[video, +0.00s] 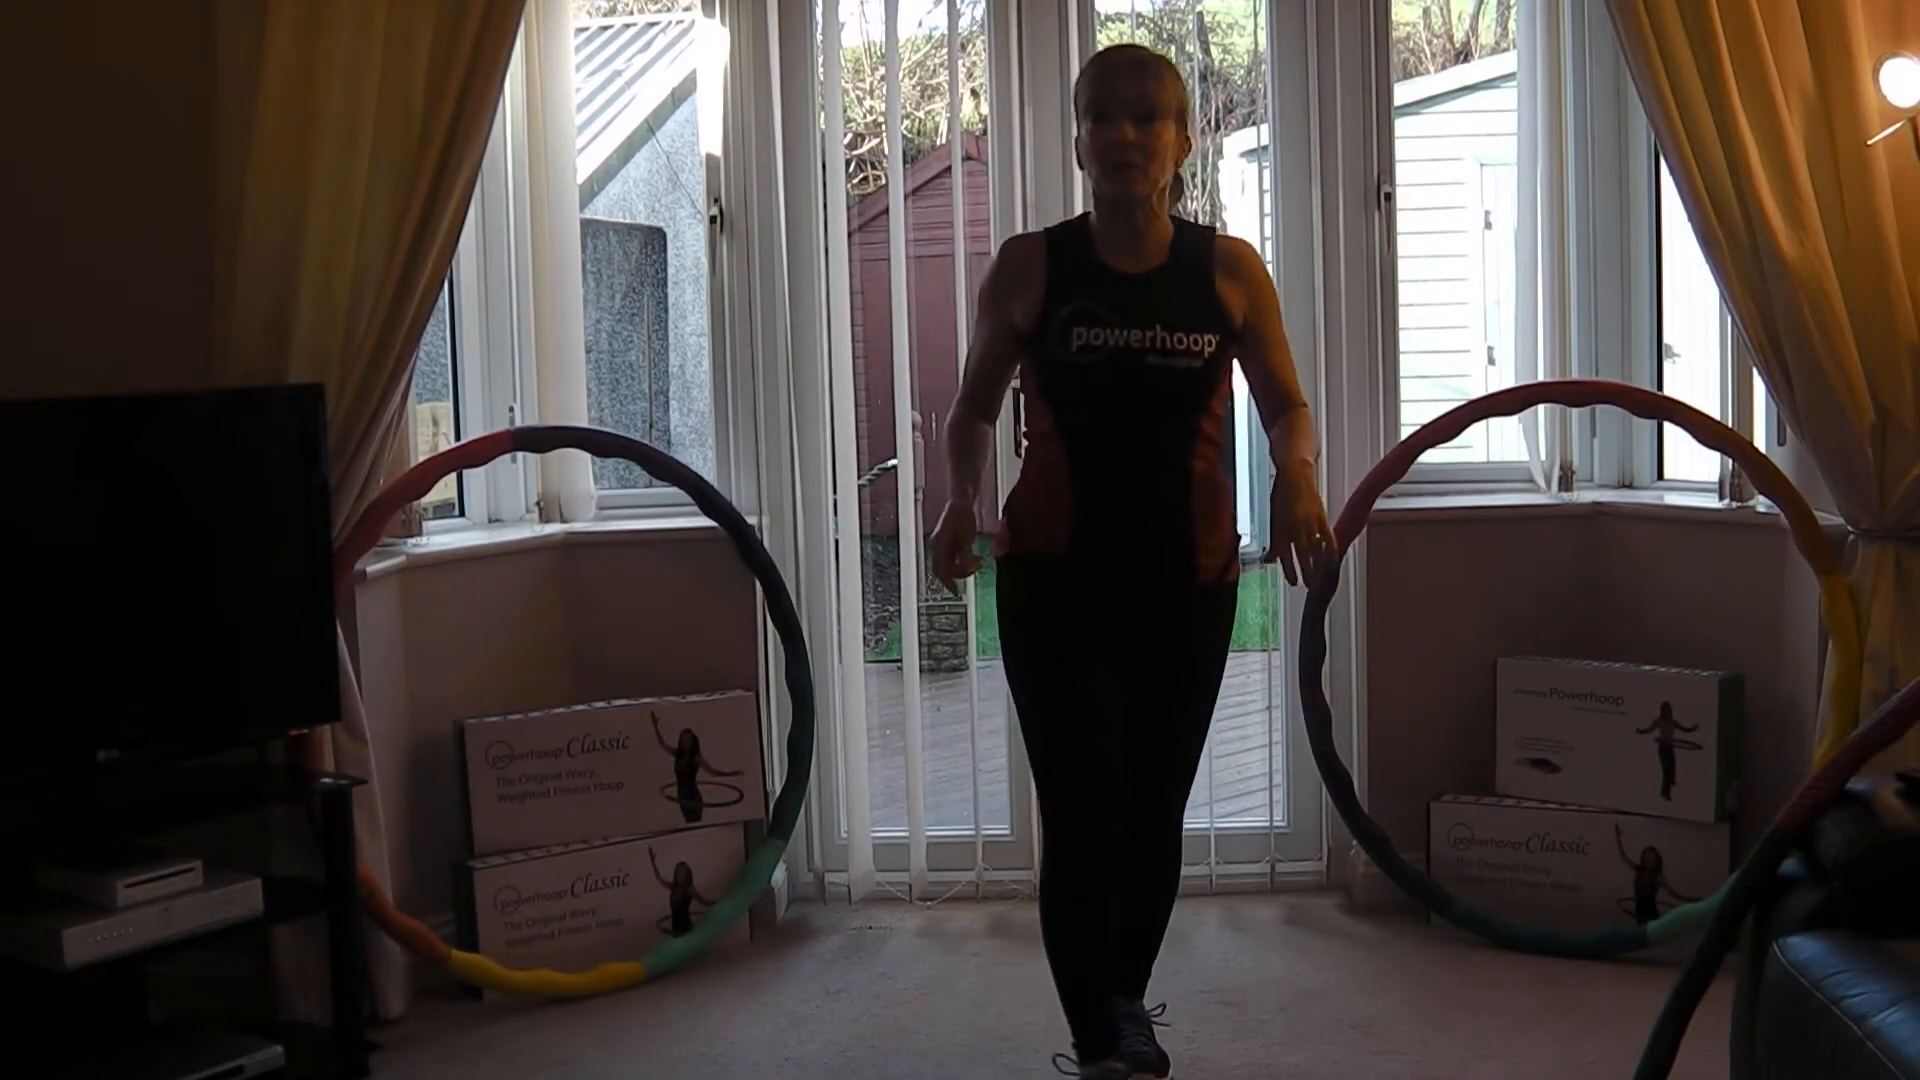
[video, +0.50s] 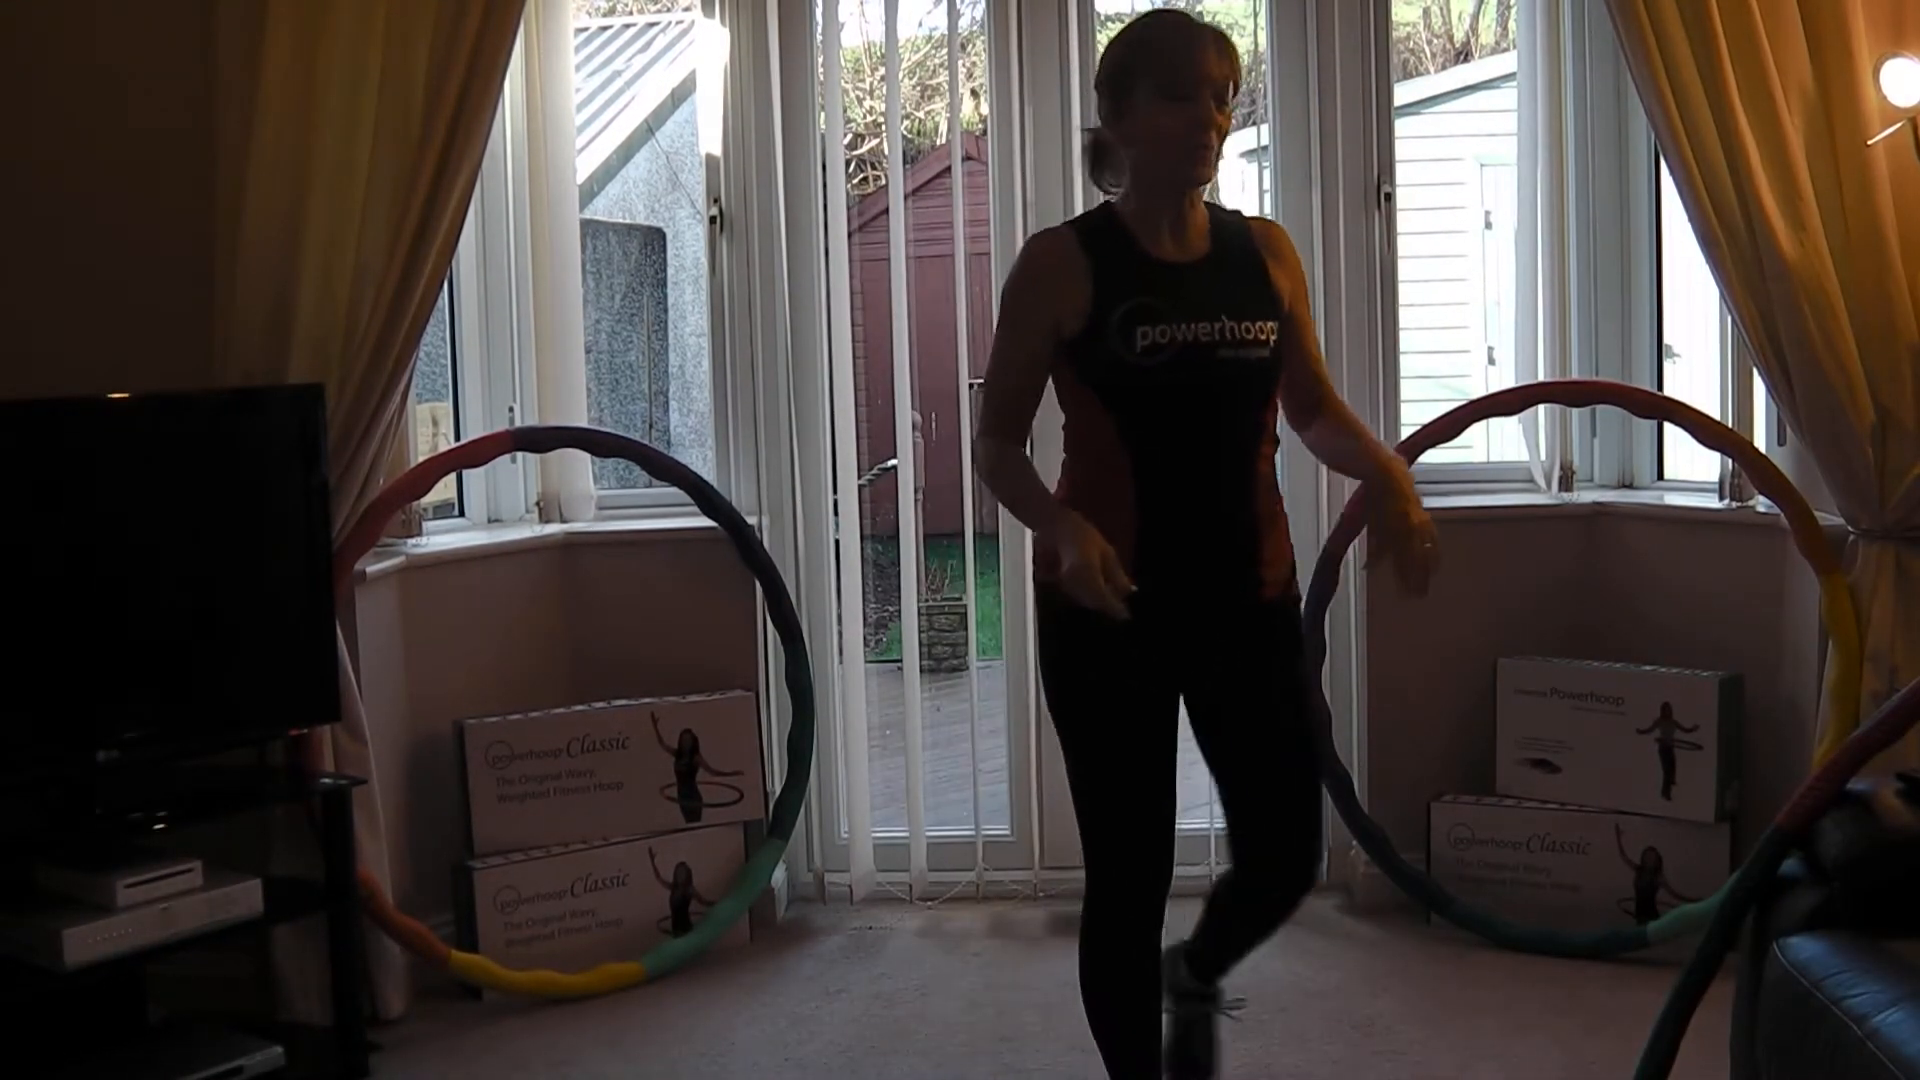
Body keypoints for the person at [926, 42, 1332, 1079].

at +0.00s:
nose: (1122, 137)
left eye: (1144, 117)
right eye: (1103, 117)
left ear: (1181, 137)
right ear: (1078, 133)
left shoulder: (1230, 268)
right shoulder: (1028, 266)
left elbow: (1283, 401)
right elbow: (975, 404)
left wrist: (1299, 483)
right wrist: (962, 502)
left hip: (1187, 579)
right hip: (1055, 577)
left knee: (1154, 805)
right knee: (1081, 806)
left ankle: (1126, 1004)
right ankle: (1096, 1034)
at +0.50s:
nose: (1213, 121)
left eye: (1225, 102)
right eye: (1185, 98)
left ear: (1233, 119)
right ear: (1116, 113)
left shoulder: (1264, 252)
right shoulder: (1060, 265)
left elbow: (1315, 409)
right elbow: (994, 441)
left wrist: (1391, 475)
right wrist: (1054, 523)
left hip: (1247, 596)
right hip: (1106, 602)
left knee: (1284, 860)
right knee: (1128, 878)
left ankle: (1192, 977)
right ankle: (1134, 1075)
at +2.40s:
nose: (1070, 108)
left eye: (1091, 85)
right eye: (1042, 87)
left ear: (1123, 104)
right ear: (1005, 110)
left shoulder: (1191, 241)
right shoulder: (965, 275)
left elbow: (1276, 400)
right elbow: (917, 453)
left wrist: (1266, 403)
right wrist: (939, 491)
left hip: (1197, 587)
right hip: (1041, 599)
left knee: (1270, 876)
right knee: (1051, 885)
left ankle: (1259, 1071)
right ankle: (1066, 1078)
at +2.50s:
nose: (1059, 117)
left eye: (1078, 94)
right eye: (1031, 97)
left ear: (1104, 110)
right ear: (989, 118)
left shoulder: (1172, 243)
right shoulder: (951, 275)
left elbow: (1260, 391)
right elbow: (905, 459)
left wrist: (1229, 408)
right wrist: (939, 471)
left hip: (1178, 582)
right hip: (1035, 595)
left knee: (1233, 848)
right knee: (1042, 874)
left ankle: (1164, 1052)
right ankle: (1050, 1076)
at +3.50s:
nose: (1050, 180)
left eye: (1072, 159)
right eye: (1030, 155)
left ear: (1106, 153)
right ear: (999, 144)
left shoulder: (1155, 263)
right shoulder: (946, 265)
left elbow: (1247, 416)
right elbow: (874, 441)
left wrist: (1179, 383)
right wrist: (864, 413)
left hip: (1107, 586)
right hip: (970, 583)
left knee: (1080, 827)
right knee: (976, 833)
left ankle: (1058, 1040)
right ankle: (968, 1061)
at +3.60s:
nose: (1041, 186)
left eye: (1063, 163)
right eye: (1021, 160)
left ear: (1094, 156)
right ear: (987, 148)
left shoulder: (1146, 265)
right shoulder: (933, 269)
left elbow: (1241, 418)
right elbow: (871, 436)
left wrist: (1179, 412)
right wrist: (851, 425)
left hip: (1100, 582)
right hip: (963, 581)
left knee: (1076, 829)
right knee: (968, 839)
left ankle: (1057, 1037)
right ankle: (965, 1065)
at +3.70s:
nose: (1031, 189)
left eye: (1051, 165)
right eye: (1010, 164)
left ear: (1081, 154)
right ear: (976, 151)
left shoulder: (1134, 269)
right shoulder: (921, 270)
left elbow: (1225, 418)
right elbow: (871, 425)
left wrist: (1176, 427)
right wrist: (847, 449)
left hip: (1092, 586)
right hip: (954, 585)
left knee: (1070, 834)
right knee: (961, 845)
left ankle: (1056, 1038)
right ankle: (964, 1069)